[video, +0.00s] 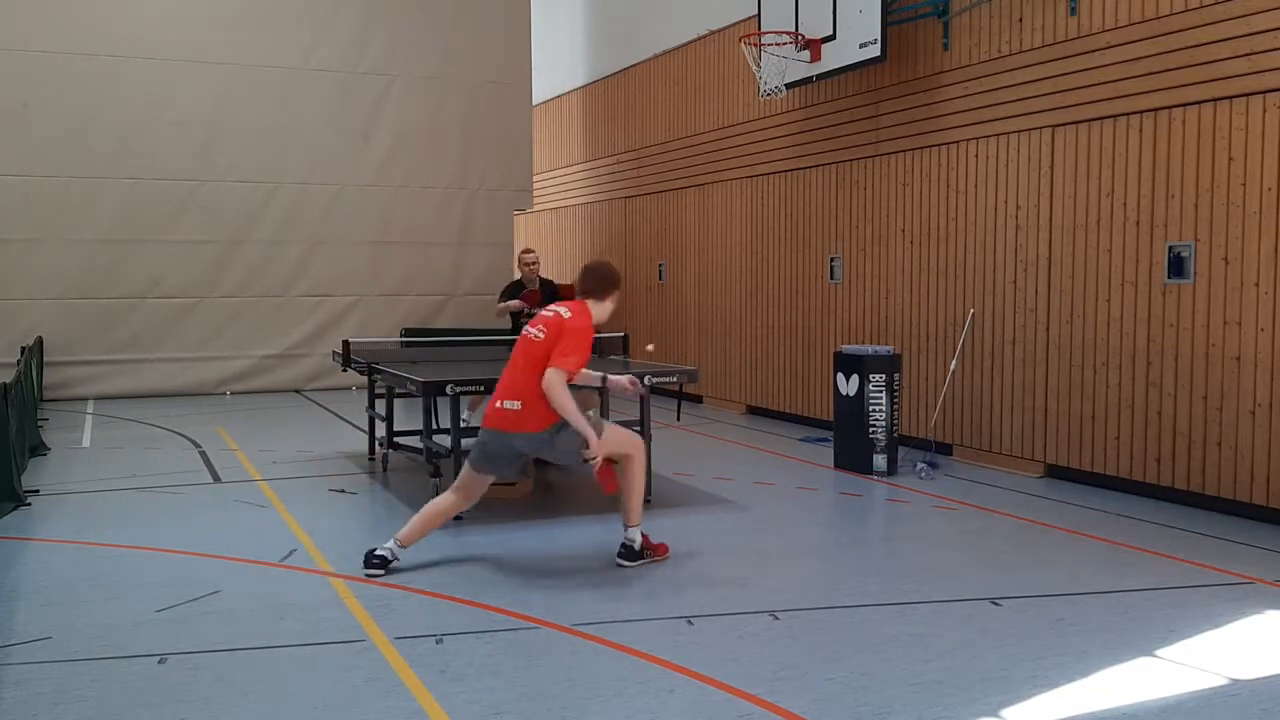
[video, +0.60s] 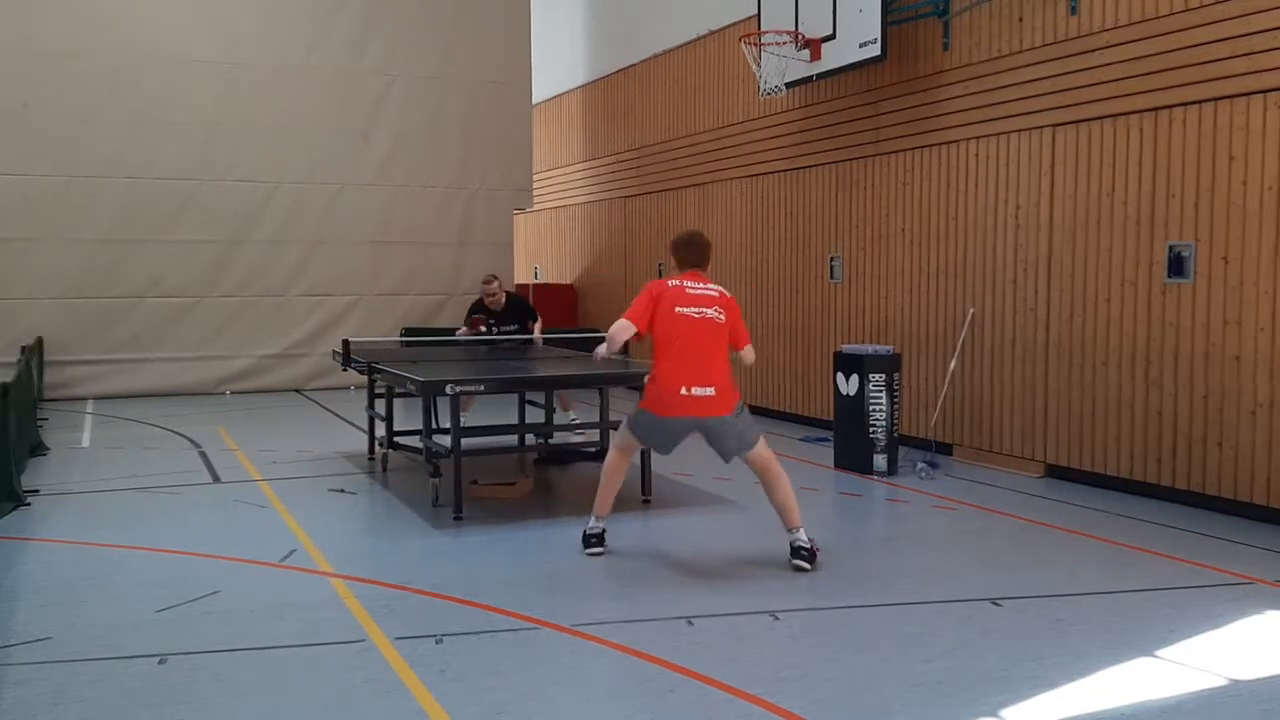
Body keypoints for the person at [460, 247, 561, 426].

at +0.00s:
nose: (532, 268)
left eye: (535, 263)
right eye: (527, 264)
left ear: (540, 264)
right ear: (519, 267)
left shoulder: (549, 286)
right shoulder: (512, 288)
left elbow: (560, 311)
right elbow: (499, 312)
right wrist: (509, 306)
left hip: (546, 341)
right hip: (520, 342)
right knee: (492, 377)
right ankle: (467, 414)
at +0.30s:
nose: (521, 274)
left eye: (524, 269)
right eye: (516, 270)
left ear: (528, 271)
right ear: (507, 273)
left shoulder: (537, 290)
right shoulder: (497, 292)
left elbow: (544, 311)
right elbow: (484, 321)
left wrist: (540, 323)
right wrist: (497, 327)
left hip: (531, 347)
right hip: (503, 348)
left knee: (556, 377)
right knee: (483, 378)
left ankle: (554, 425)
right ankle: (463, 417)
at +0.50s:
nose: (510, 295)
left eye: (513, 291)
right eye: (505, 292)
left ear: (517, 289)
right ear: (498, 293)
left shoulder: (531, 303)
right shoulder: (492, 307)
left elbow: (547, 324)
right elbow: (478, 331)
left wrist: (542, 335)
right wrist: (476, 337)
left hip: (531, 355)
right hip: (501, 357)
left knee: (563, 376)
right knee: (477, 380)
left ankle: (574, 418)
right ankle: (461, 418)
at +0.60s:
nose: (491, 299)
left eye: (494, 295)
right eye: (487, 296)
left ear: (503, 291)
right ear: (482, 294)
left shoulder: (516, 301)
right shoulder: (477, 307)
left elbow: (537, 319)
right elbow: (468, 329)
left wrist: (537, 333)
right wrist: (466, 332)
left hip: (523, 353)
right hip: (492, 354)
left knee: (553, 376)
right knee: (473, 381)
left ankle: (572, 417)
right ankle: (459, 419)